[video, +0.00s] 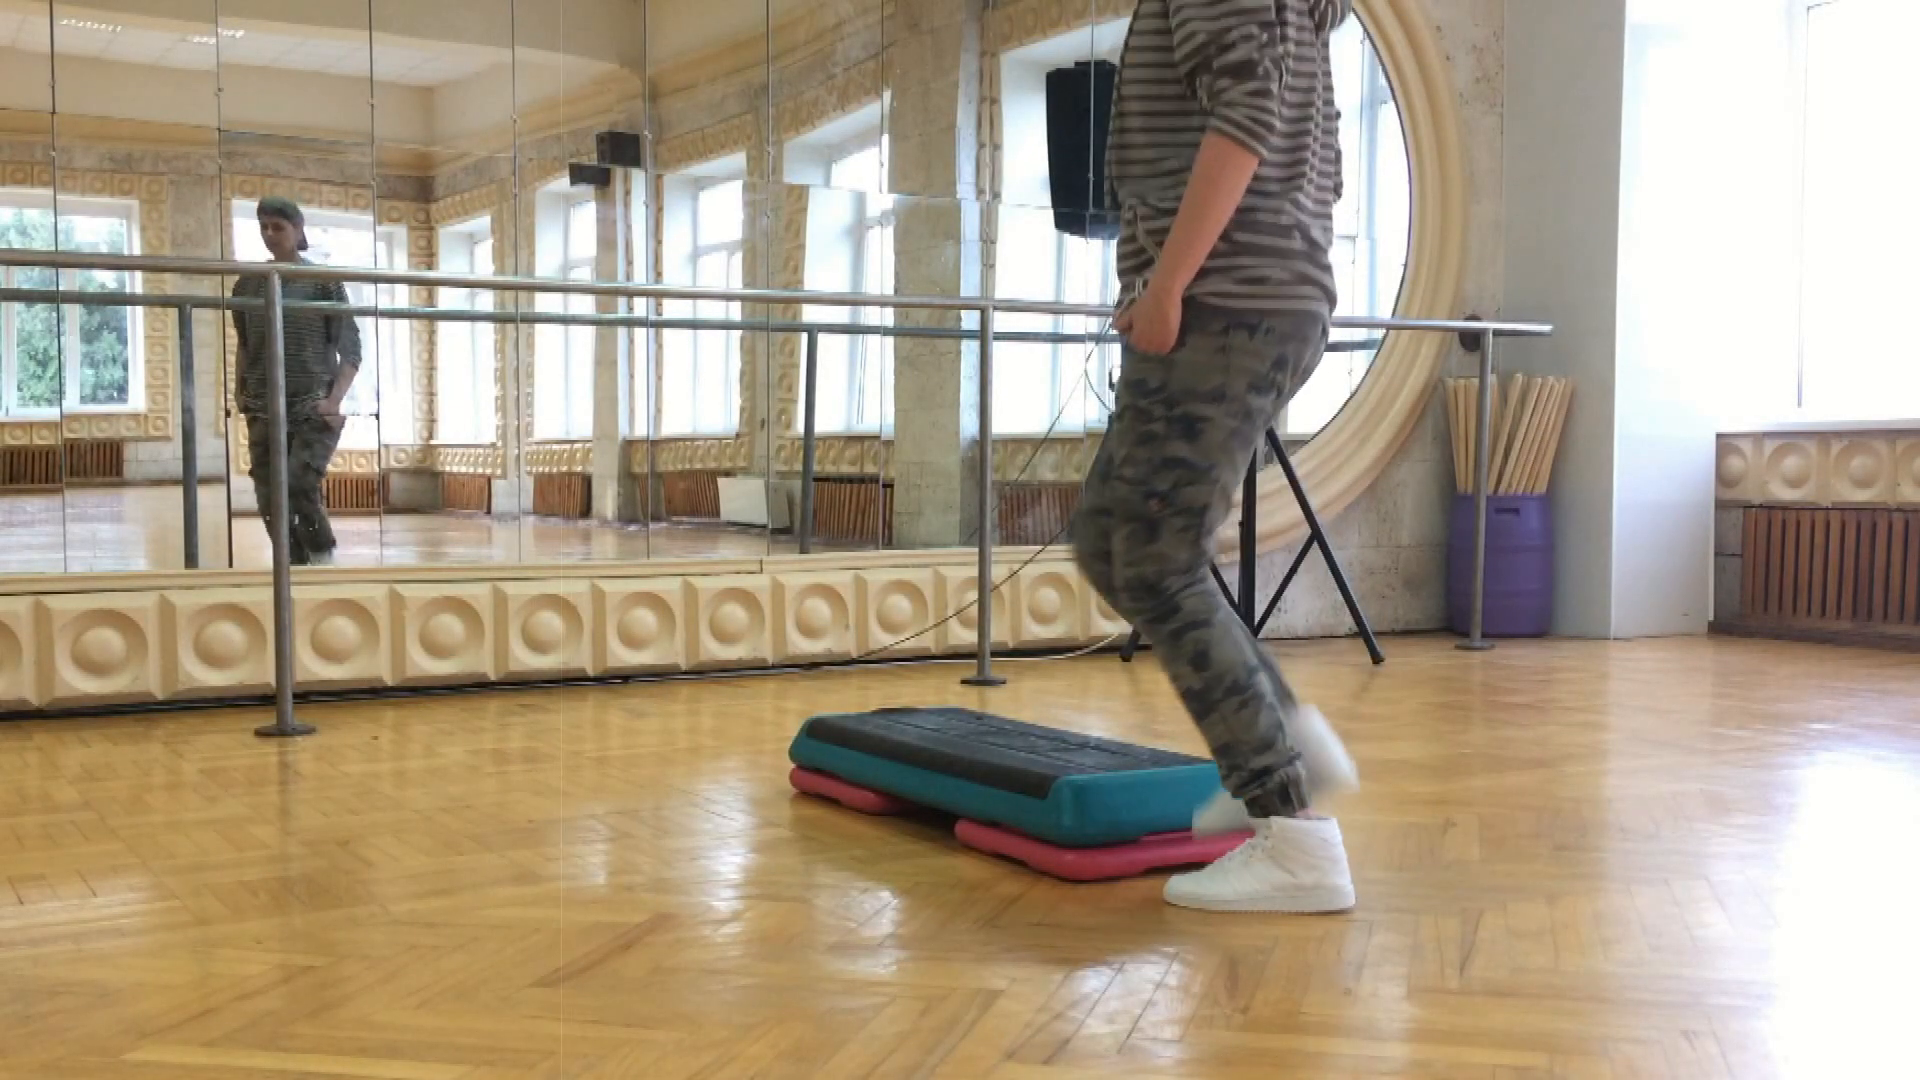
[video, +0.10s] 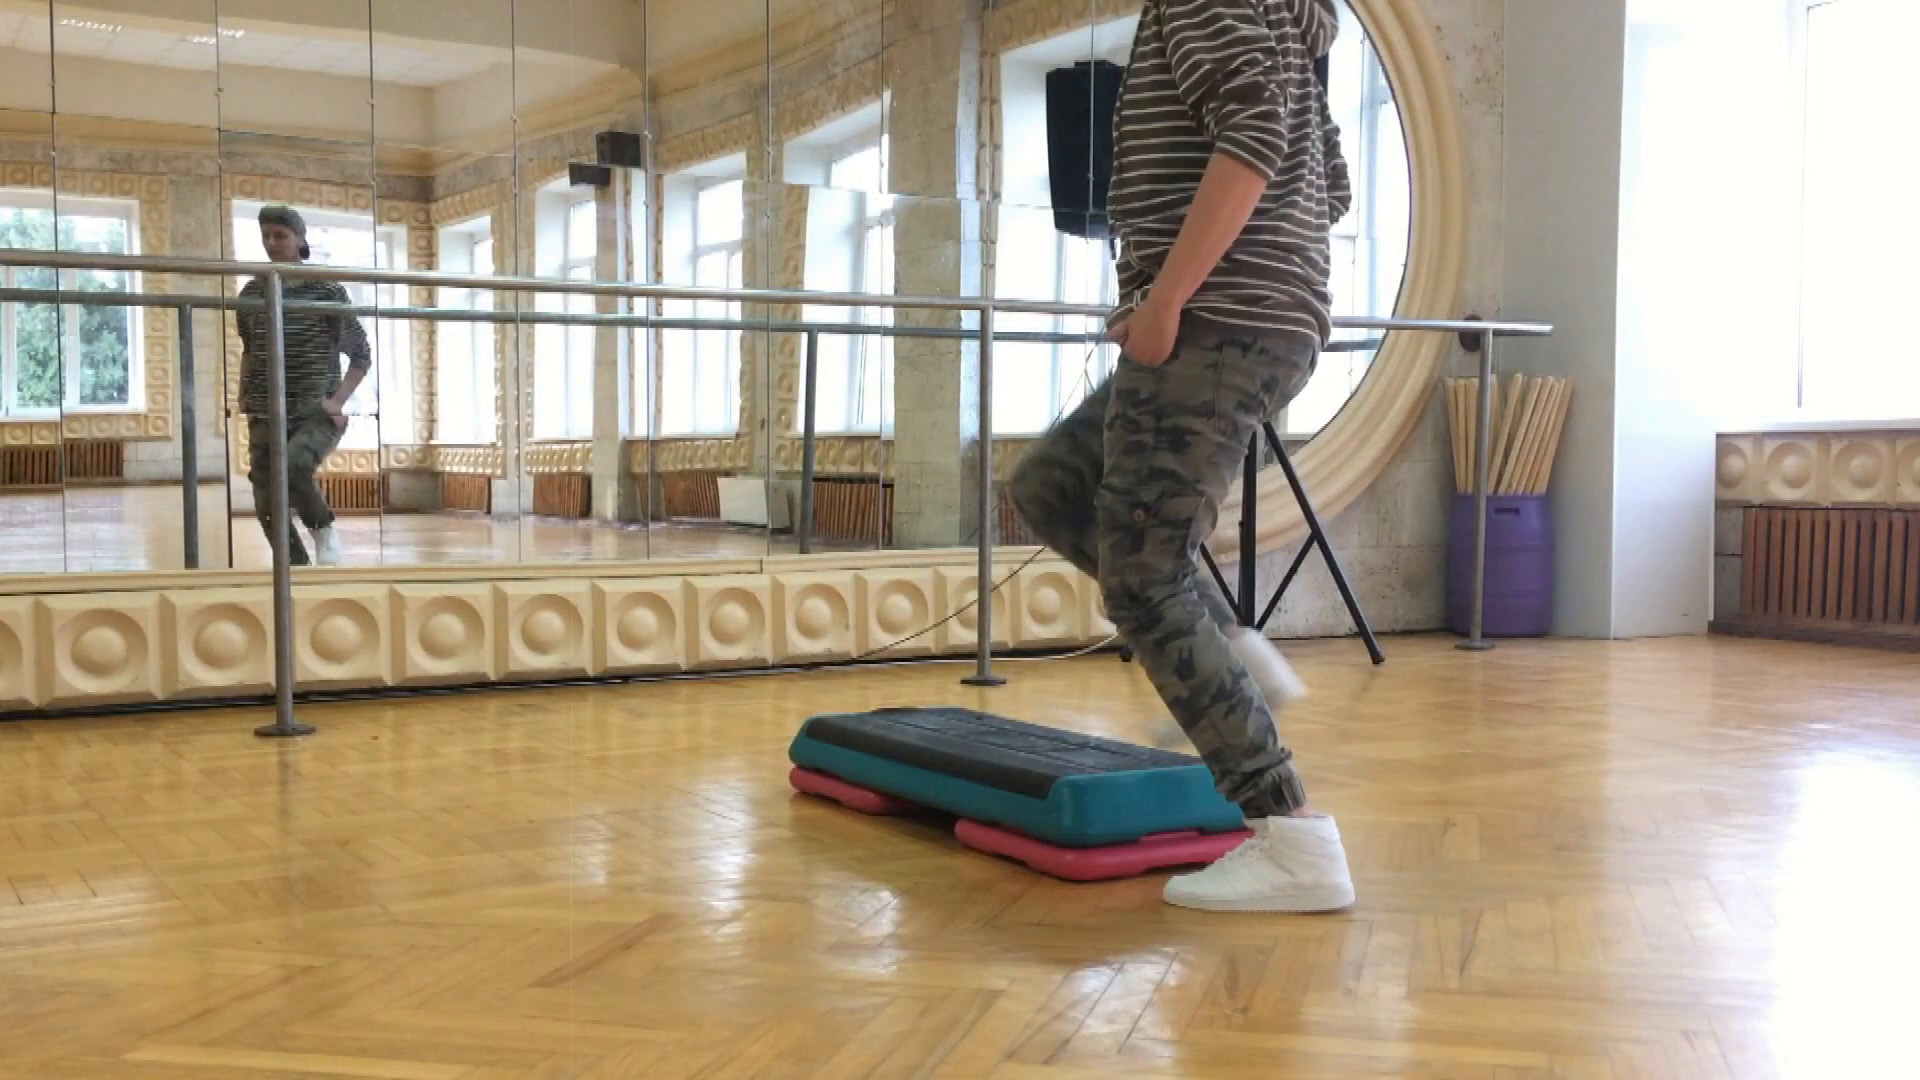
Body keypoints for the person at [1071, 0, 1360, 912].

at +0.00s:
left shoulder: (1220, 3)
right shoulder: (1291, 19)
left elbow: (1245, 119)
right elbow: (1317, 163)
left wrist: (1163, 286)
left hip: (1230, 301)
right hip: (1250, 302)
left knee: (1156, 561)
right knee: (1107, 538)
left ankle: (1294, 834)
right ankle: (1288, 736)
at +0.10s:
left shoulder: (1209, 4)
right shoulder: (1282, 18)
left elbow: (1254, 141)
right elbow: (1329, 186)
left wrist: (1165, 298)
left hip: (1225, 320)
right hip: (1254, 322)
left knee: (1140, 573)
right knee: (1046, 486)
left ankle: (1292, 835)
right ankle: (1229, 648)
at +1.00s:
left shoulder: (1242, 48)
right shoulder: (1190, 63)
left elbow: (1333, 196)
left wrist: (1322, 355)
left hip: (1314, 349)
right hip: (1228, 349)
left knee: (1398, 556)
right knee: (1088, 447)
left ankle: (1499, 752)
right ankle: (1146, 660)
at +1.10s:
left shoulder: (1244, 59)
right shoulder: (1198, 70)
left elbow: (1340, 200)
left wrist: (1315, 357)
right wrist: (1219, 341)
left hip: (1308, 357)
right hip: (1227, 361)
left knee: (1396, 559)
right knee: (1095, 467)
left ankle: (1501, 755)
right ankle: (1193, 672)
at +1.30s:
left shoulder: (1196, 61)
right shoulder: (1165, 65)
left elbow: (1262, 215)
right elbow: (1202, 221)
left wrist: (1219, 361)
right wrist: (1167, 349)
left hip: (1234, 369)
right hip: (1185, 371)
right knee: (1151, 554)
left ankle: (1425, 698)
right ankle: (1244, 751)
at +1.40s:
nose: (1074, 2)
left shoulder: (1161, 63)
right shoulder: (1144, 60)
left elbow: (1229, 214)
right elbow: (1198, 215)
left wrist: (1165, 345)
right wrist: (1136, 335)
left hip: (1198, 359)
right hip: (1195, 358)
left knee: (1068, 519)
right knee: (1156, 550)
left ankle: (1247, 620)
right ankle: (1245, 751)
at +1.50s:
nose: (1037, 2)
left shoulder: (1122, 57)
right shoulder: (1098, 62)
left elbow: (1208, 196)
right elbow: (1160, 201)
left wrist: (1125, 316)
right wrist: (1101, 305)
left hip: (1154, 340)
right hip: (1158, 343)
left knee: (966, 446)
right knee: (1131, 553)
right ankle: (1242, 742)